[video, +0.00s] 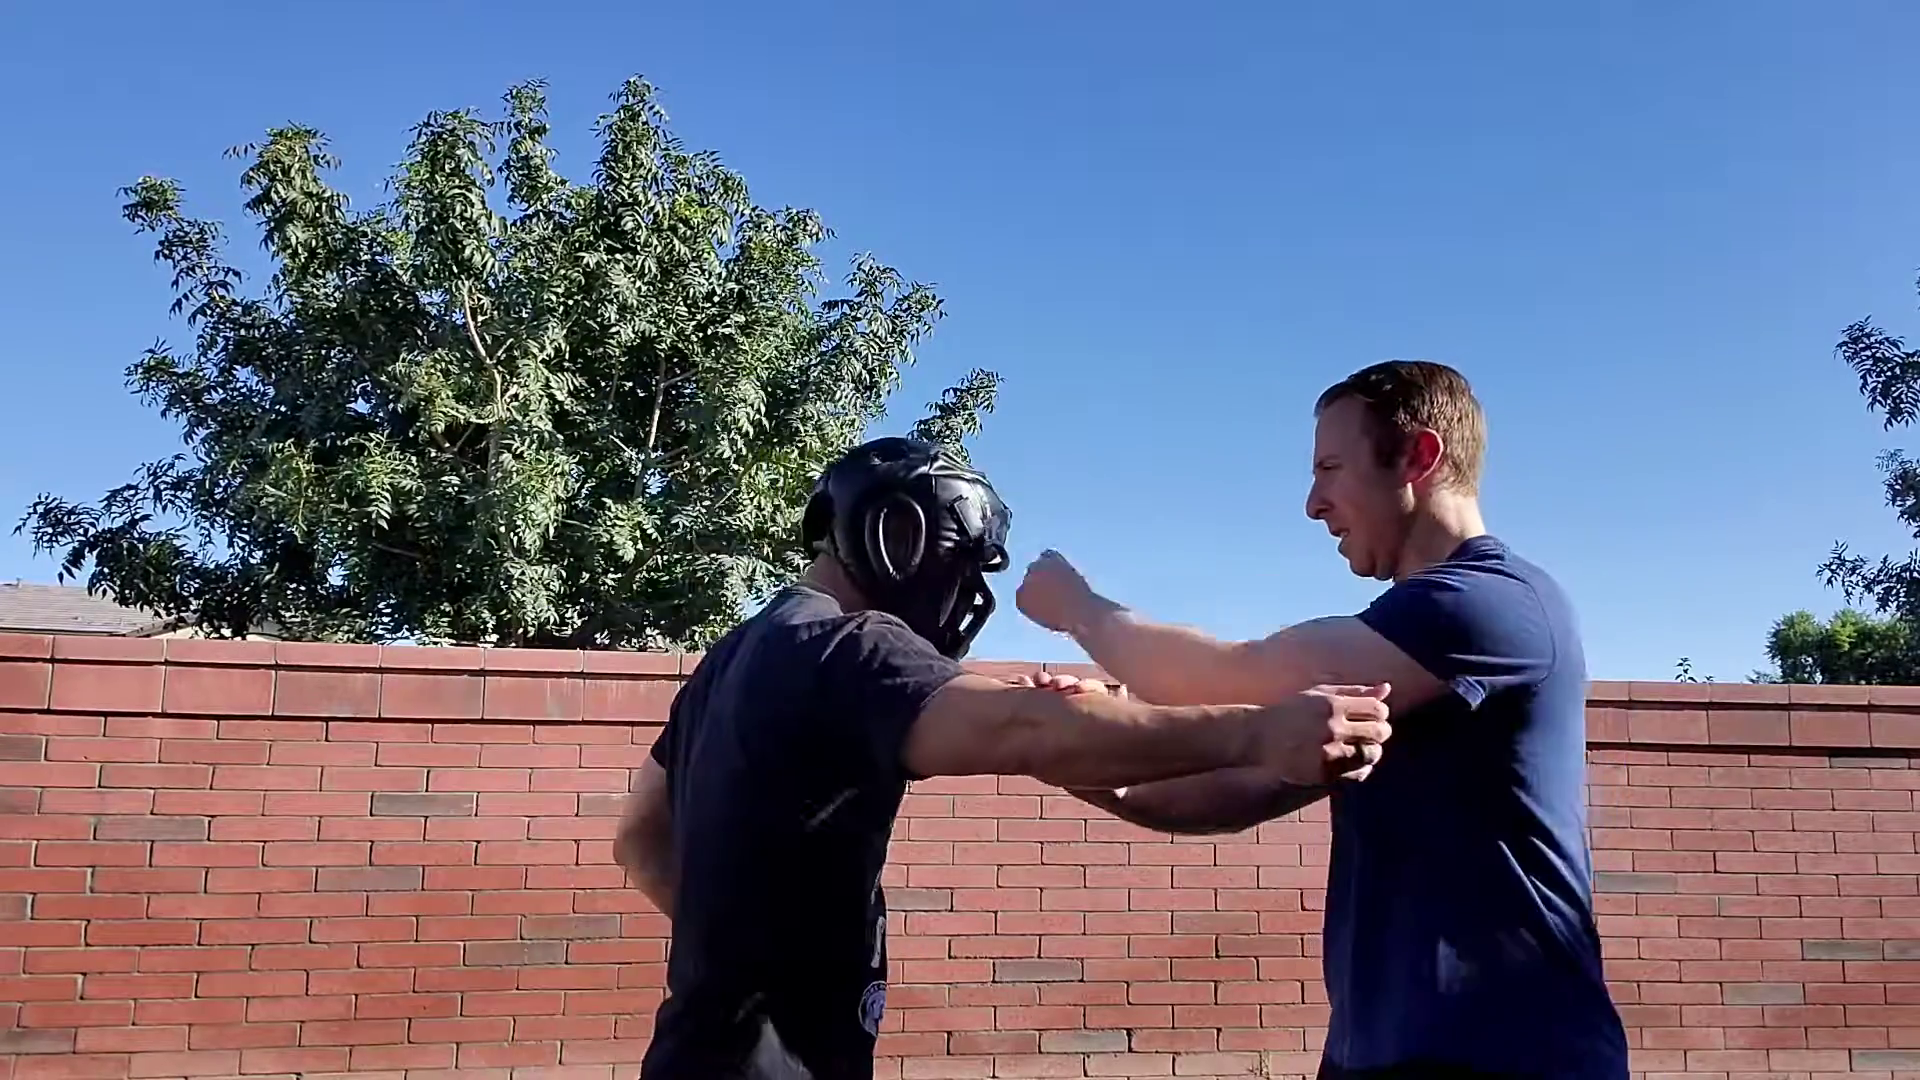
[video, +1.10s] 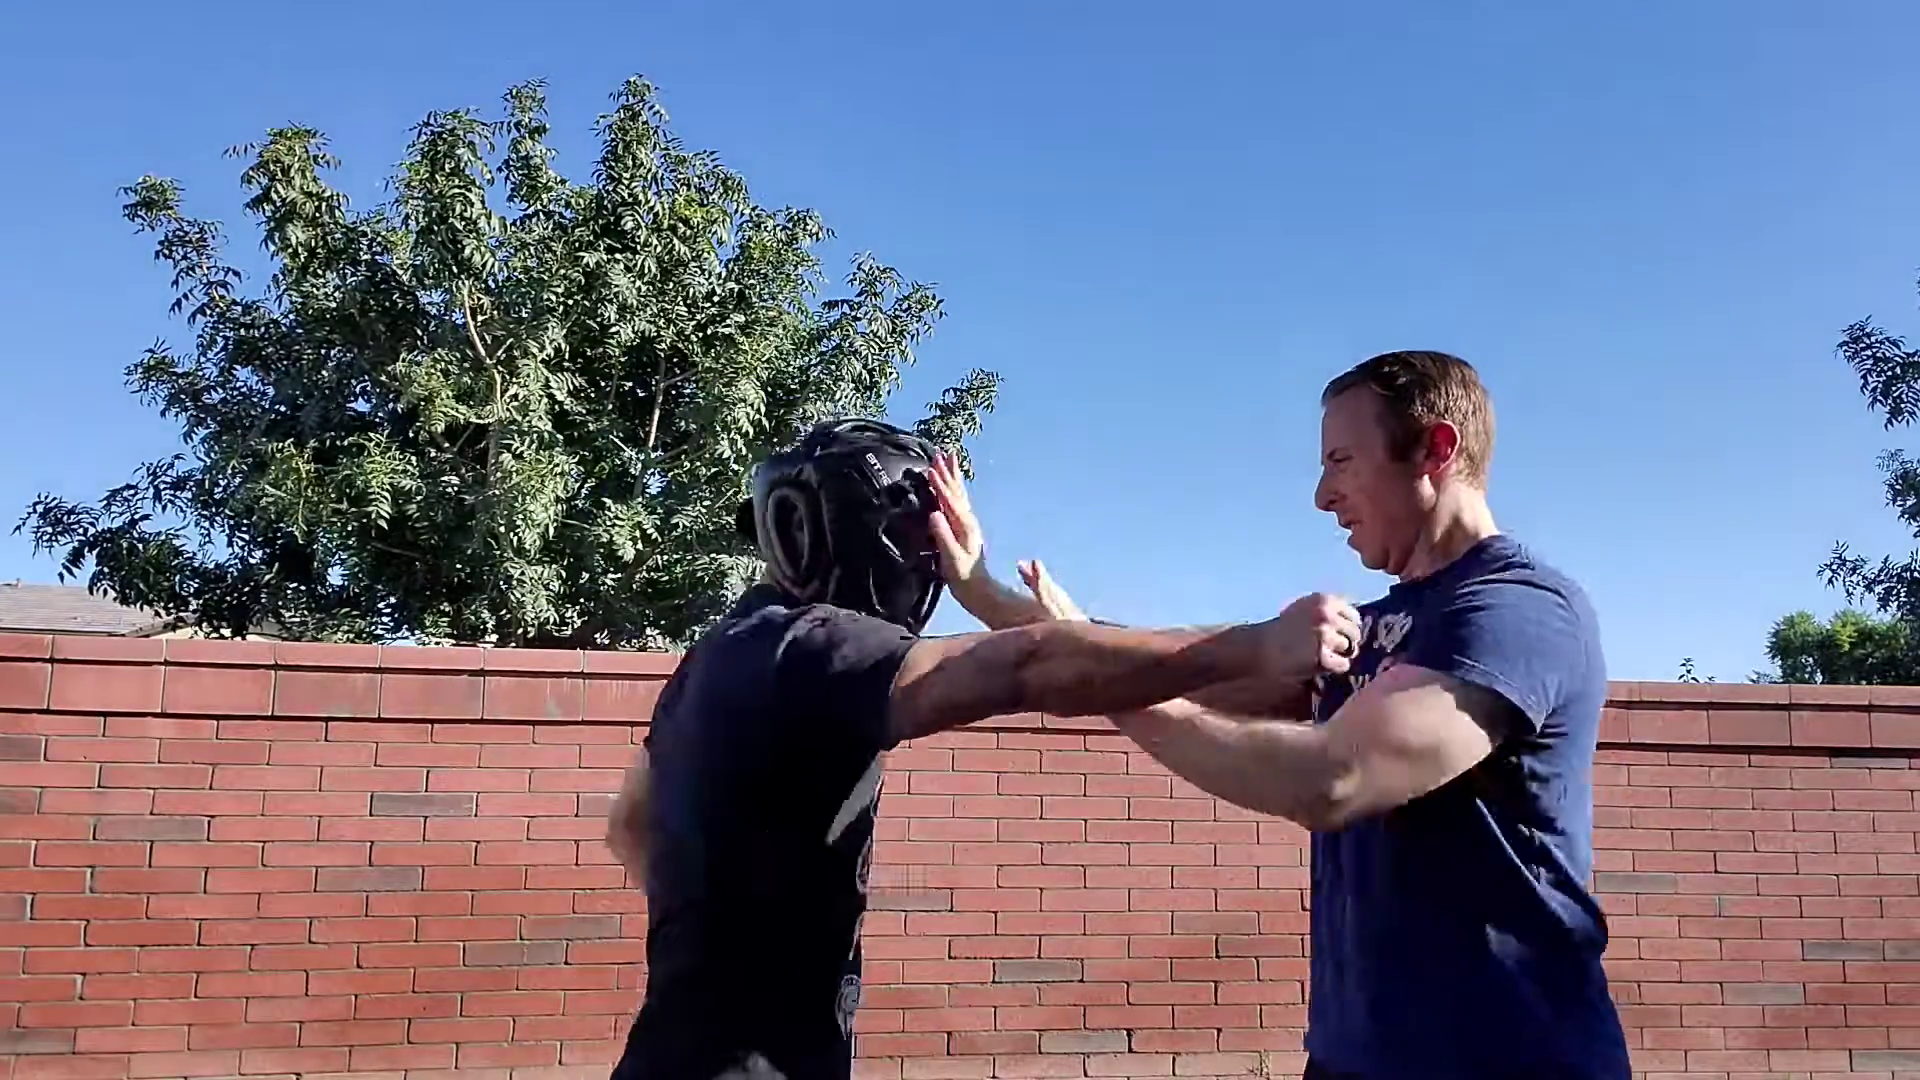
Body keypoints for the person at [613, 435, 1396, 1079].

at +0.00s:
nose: (965, 591)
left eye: (968, 566)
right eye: (956, 563)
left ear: (847, 536)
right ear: (903, 543)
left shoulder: (739, 651)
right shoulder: (848, 650)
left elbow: (638, 835)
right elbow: (1043, 727)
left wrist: (738, 930)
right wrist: (1254, 739)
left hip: (701, 1041)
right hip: (792, 1050)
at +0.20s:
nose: (980, 599)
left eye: (984, 571)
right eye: (969, 569)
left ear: (854, 549)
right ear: (911, 556)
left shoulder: (744, 655)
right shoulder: (849, 654)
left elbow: (636, 836)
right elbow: (1028, 740)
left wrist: (732, 944)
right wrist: (1238, 749)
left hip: (697, 1040)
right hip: (782, 1051)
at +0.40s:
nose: (921, 555)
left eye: (926, 532)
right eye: (909, 527)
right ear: (831, 513)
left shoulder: (858, 670)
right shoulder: (679, 655)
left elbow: (928, 764)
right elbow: (799, 835)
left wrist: (1030, 812)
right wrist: (1001, 789)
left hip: (832, 1048)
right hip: (686, 1054)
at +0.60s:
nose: (884, 553)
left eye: (894, 531)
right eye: (865, 525)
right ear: (767, 511)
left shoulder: (879, 671)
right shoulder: (608, 672)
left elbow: (1044, 695)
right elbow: (517, 892)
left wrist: (1175, 668)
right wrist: (712, 942)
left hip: (823, 1064)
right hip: (650, 1062)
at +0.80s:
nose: (893, 571)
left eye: (896, 547)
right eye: (875, 543)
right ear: (806, 532)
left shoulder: (854, 667)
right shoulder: (659, 669)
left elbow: (1032, 716)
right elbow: (735, 854)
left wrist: (1184, 676)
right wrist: (883, 703)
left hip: (820, 1053)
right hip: (669, 1058)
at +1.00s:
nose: (929, 542)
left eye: (927, 519)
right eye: (908, 518)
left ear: (800, 528)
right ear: (839, 523)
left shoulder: (754, 645)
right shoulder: (778, 640)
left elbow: (728, 905)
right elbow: (1010, 628)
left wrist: (878, 907)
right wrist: (1221, 553)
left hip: (749, 1051)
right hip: (729, 1059)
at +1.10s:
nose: (939, 549)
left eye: (939, 527)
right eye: (929, 525)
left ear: (801, 533)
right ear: (880, 531)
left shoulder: (718, 656)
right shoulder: (817, 649)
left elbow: (628, 824)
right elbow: (1018, 669)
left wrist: (719, 918)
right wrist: (1258, 651)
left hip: (677, 1048)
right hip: (766, 1056)